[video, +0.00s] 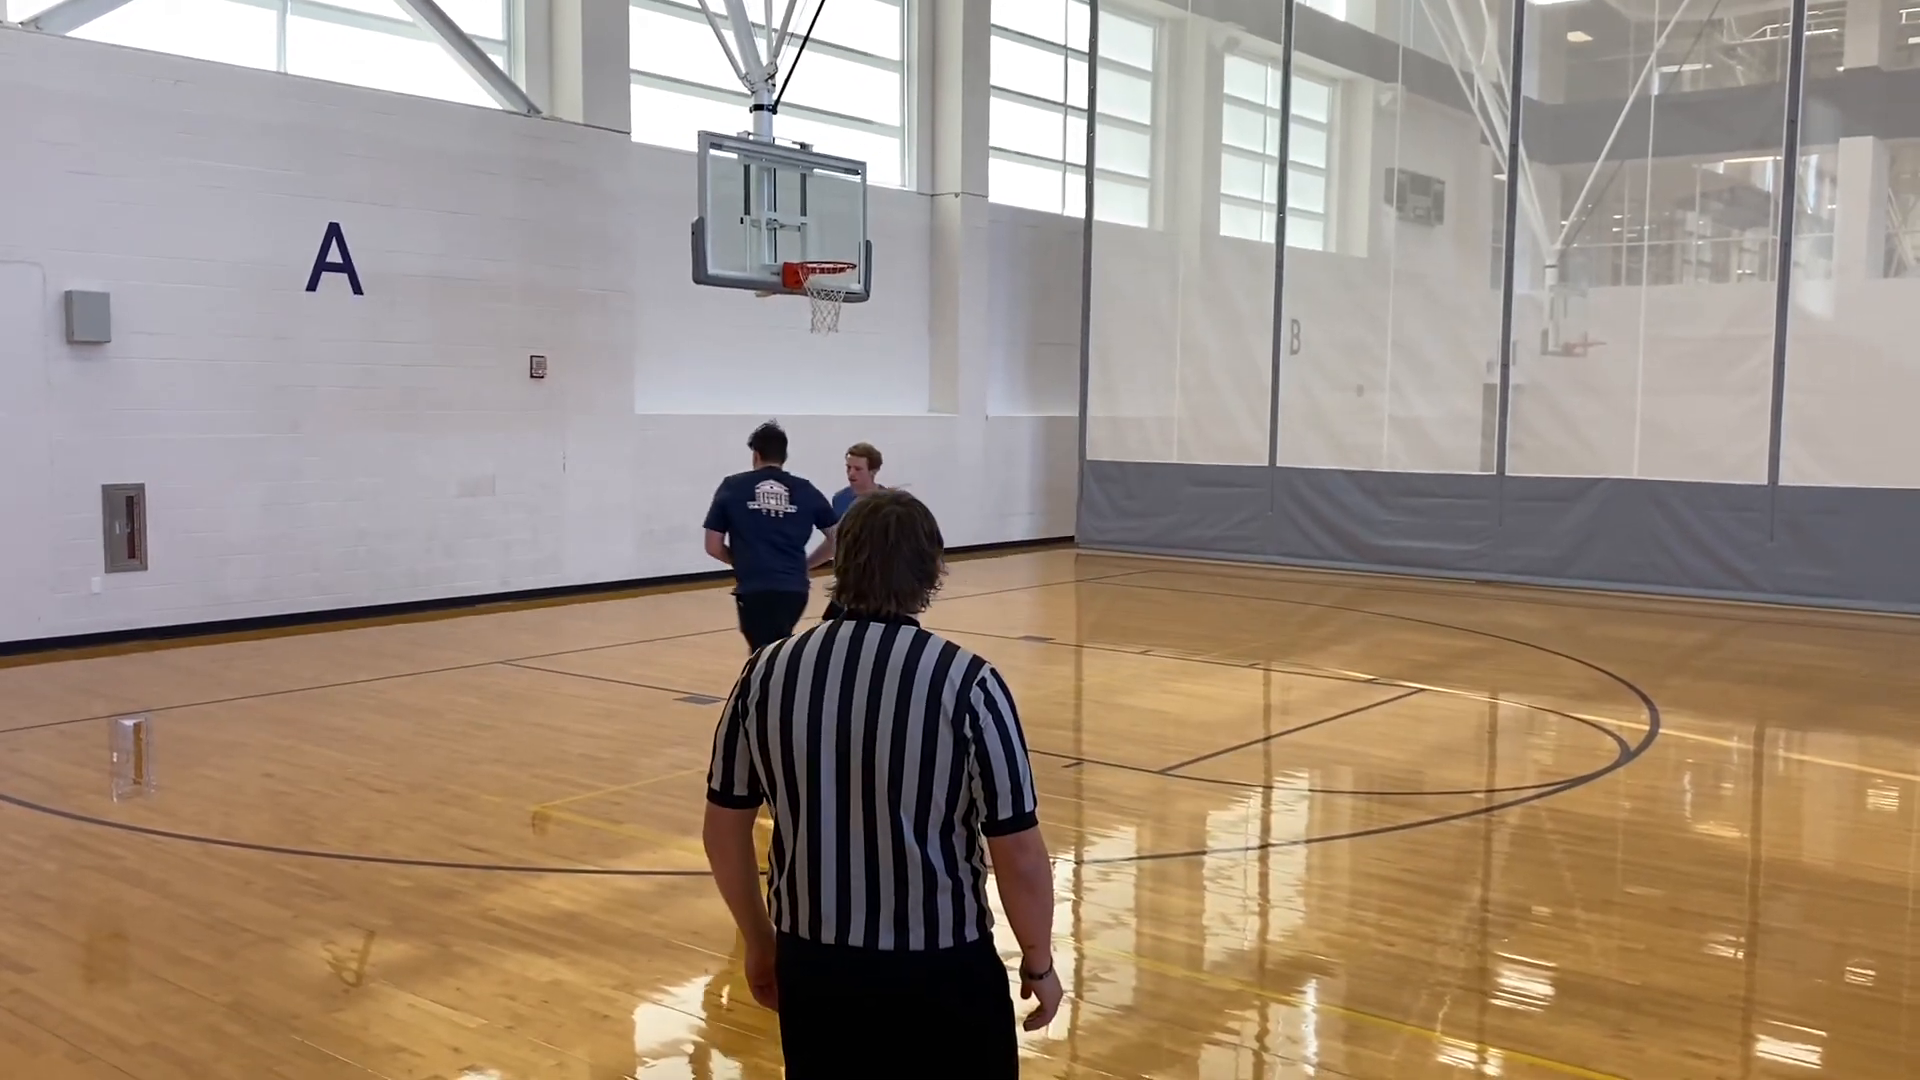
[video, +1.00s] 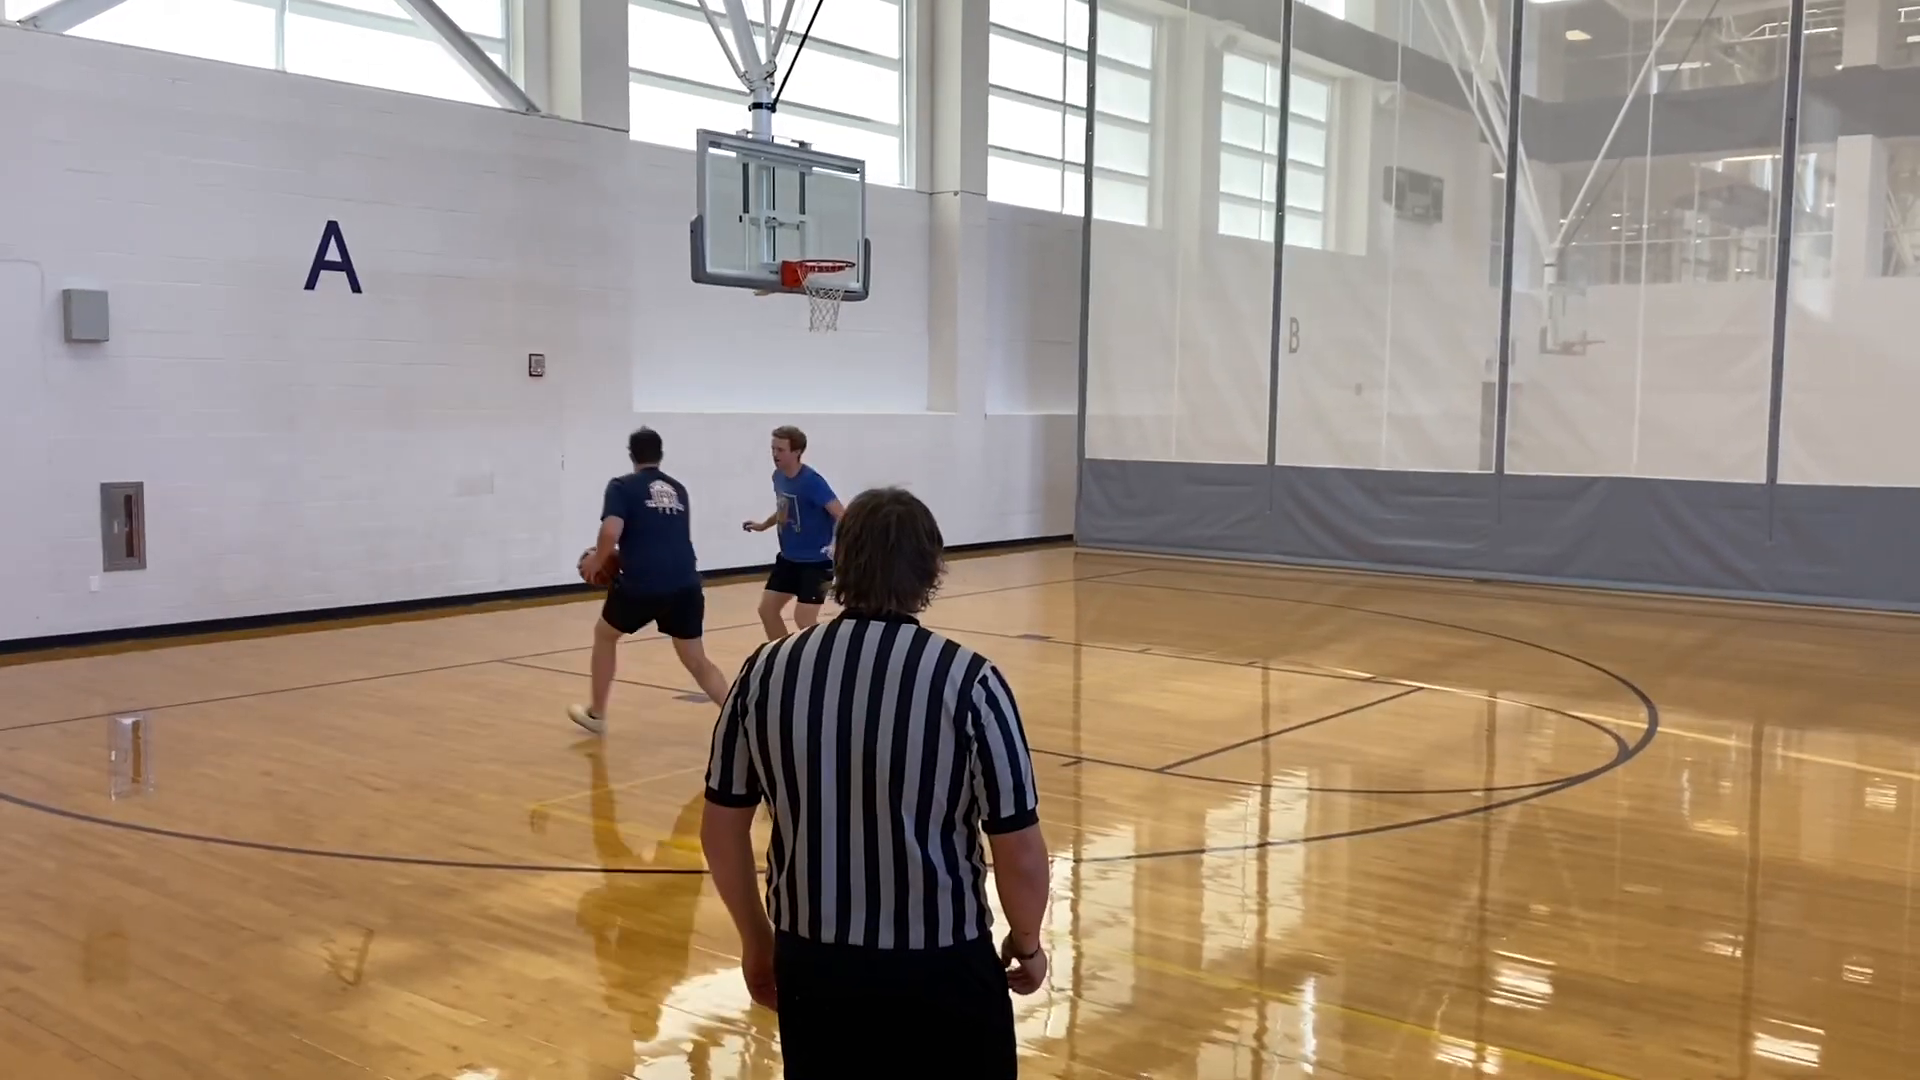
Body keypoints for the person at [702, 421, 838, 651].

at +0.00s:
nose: (752, 459)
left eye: (752, 455)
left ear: (756, 456)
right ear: (784, 457)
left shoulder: (733, 486)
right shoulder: (804, 488)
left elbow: (713, 546)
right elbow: (836, 540)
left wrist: (743, 560)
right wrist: (803, 565)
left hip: (754, 591)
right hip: (795, 591)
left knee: (766, 661)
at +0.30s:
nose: (727, 466)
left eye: (726, 462)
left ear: (728, 463)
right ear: (756, 465)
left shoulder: (706, 496)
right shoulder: (772, 501)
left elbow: (684, 552)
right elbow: (800, 557)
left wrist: (704, 573)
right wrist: (769, 573)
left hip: (718, 596)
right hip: (758, 596)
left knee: (724, 683)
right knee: (734, 655)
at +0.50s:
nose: (699, 471)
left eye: (699, 467)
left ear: (702, 468)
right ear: (729, 469)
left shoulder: (683, 499)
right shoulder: (747, 505)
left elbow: (663, 552)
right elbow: (764, 563)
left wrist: (670, 580)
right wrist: (739, 576)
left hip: (698, 595)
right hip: (738, 595)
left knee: (678, 675)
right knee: (713, 657)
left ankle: (735, 693)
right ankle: (742, 706)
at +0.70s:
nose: (673, 469)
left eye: (672, 465)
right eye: (679, 466)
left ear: (674, 466)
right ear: (702, 466)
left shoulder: (659, 498)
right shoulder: (720, 501)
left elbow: (639, 548)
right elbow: (731, 556)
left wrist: (641, 575)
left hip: (675, 593)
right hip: (718, 593)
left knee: (645, 650)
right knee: (701, 655)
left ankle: (692, 703)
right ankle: (738, 716)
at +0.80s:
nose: (659, 467)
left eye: (659, 463)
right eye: (664, 464)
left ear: (661, 464)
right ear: (689, 464)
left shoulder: (647, 494)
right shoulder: (706, 497)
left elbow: (629, 541)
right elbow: (713, 545)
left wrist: (623, 569)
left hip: (664, 590)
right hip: (708, 591)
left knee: (631, 640)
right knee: (697, 655)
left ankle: (660, 714)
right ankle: (738, 715)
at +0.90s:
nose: (649, 462)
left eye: (648, 458)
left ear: (646, 460)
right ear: (675, 460)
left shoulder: (635, 491)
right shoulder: (693, 494)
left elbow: (620, 537)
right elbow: (691, 544)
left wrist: (613, 563)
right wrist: (639, 562)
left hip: (651, 590)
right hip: (696, 591)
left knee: (618, 635)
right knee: (696, 658)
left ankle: (628, 718)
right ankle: (739, 714)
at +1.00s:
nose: (636, 458)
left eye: (634, 453)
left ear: (632, 456)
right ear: (661, 456)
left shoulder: (622, 486)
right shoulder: (678, 488)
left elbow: (611, 532)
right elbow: (671, 538)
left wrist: (598, 558)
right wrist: (620, 556)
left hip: (639, 586)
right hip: (684, 585)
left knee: (606, 634)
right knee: (696, 659)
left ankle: (596, 713)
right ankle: (739, 717)